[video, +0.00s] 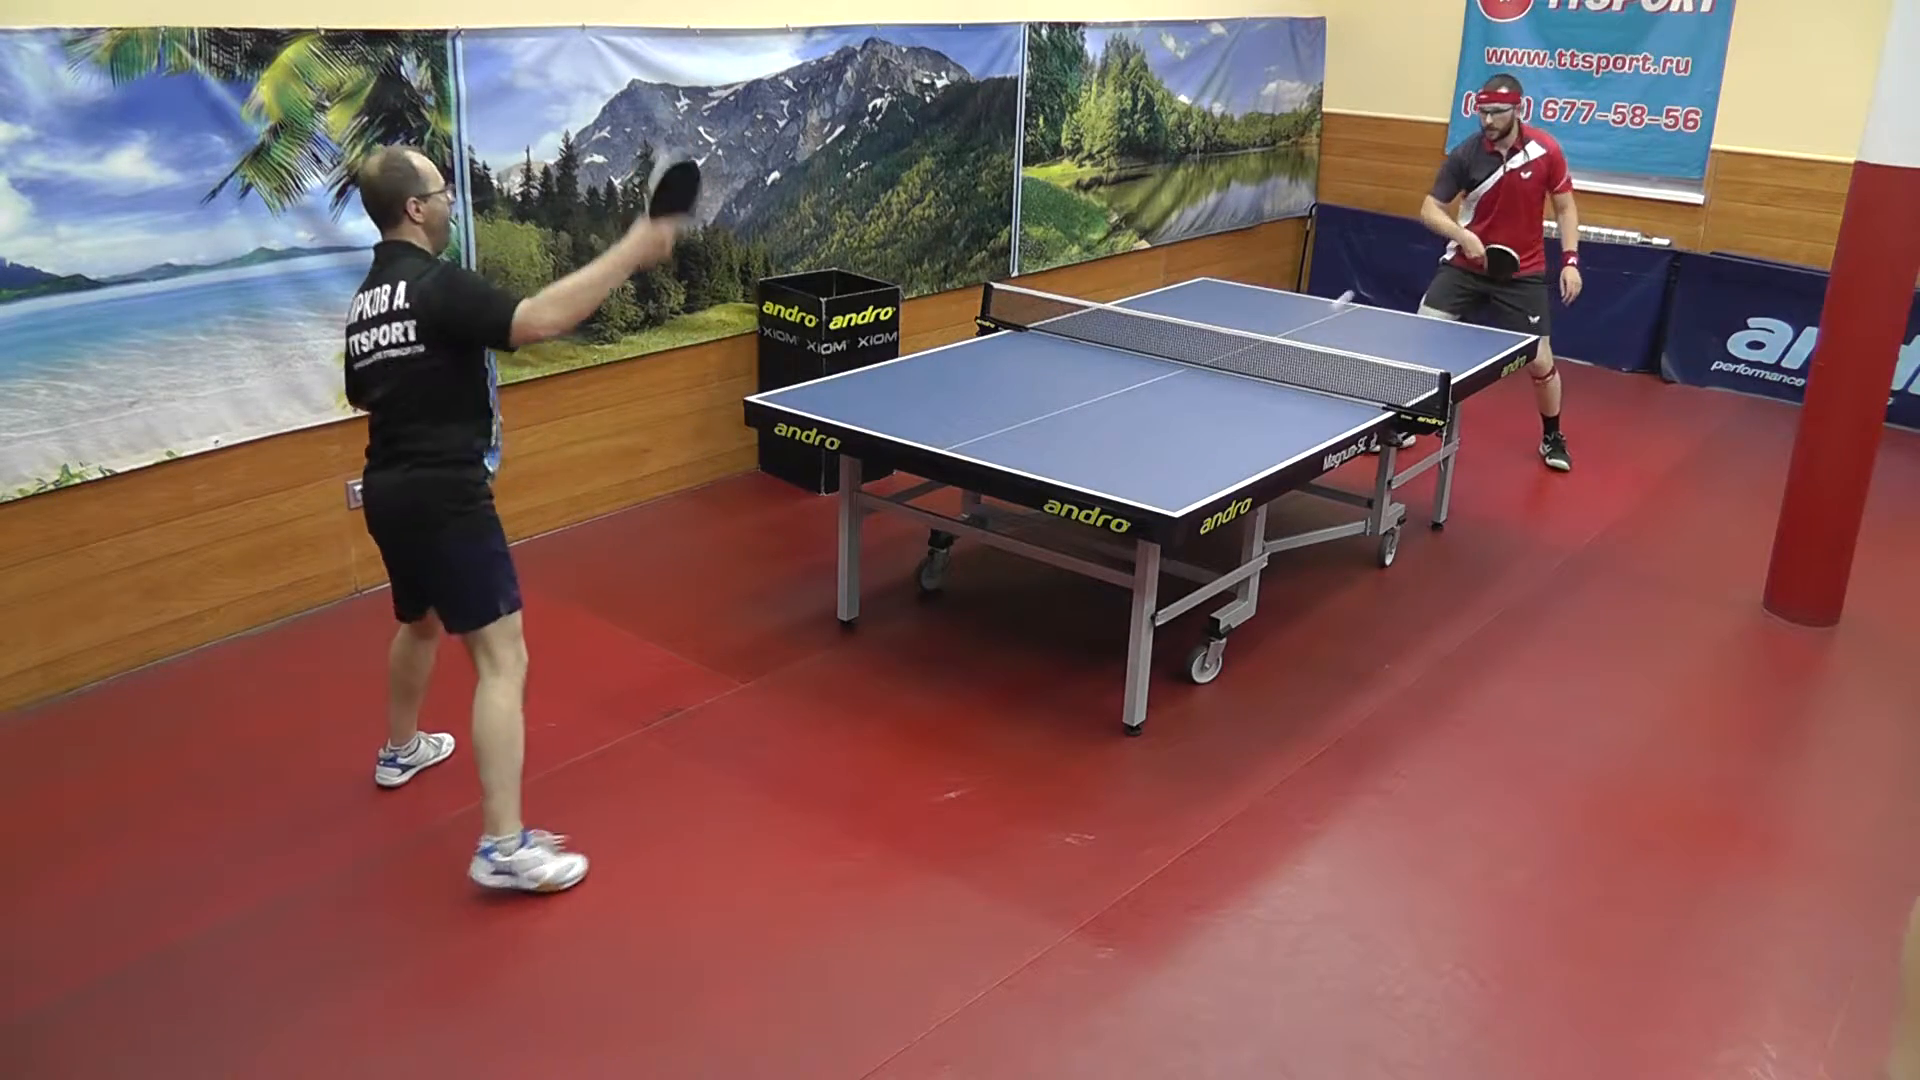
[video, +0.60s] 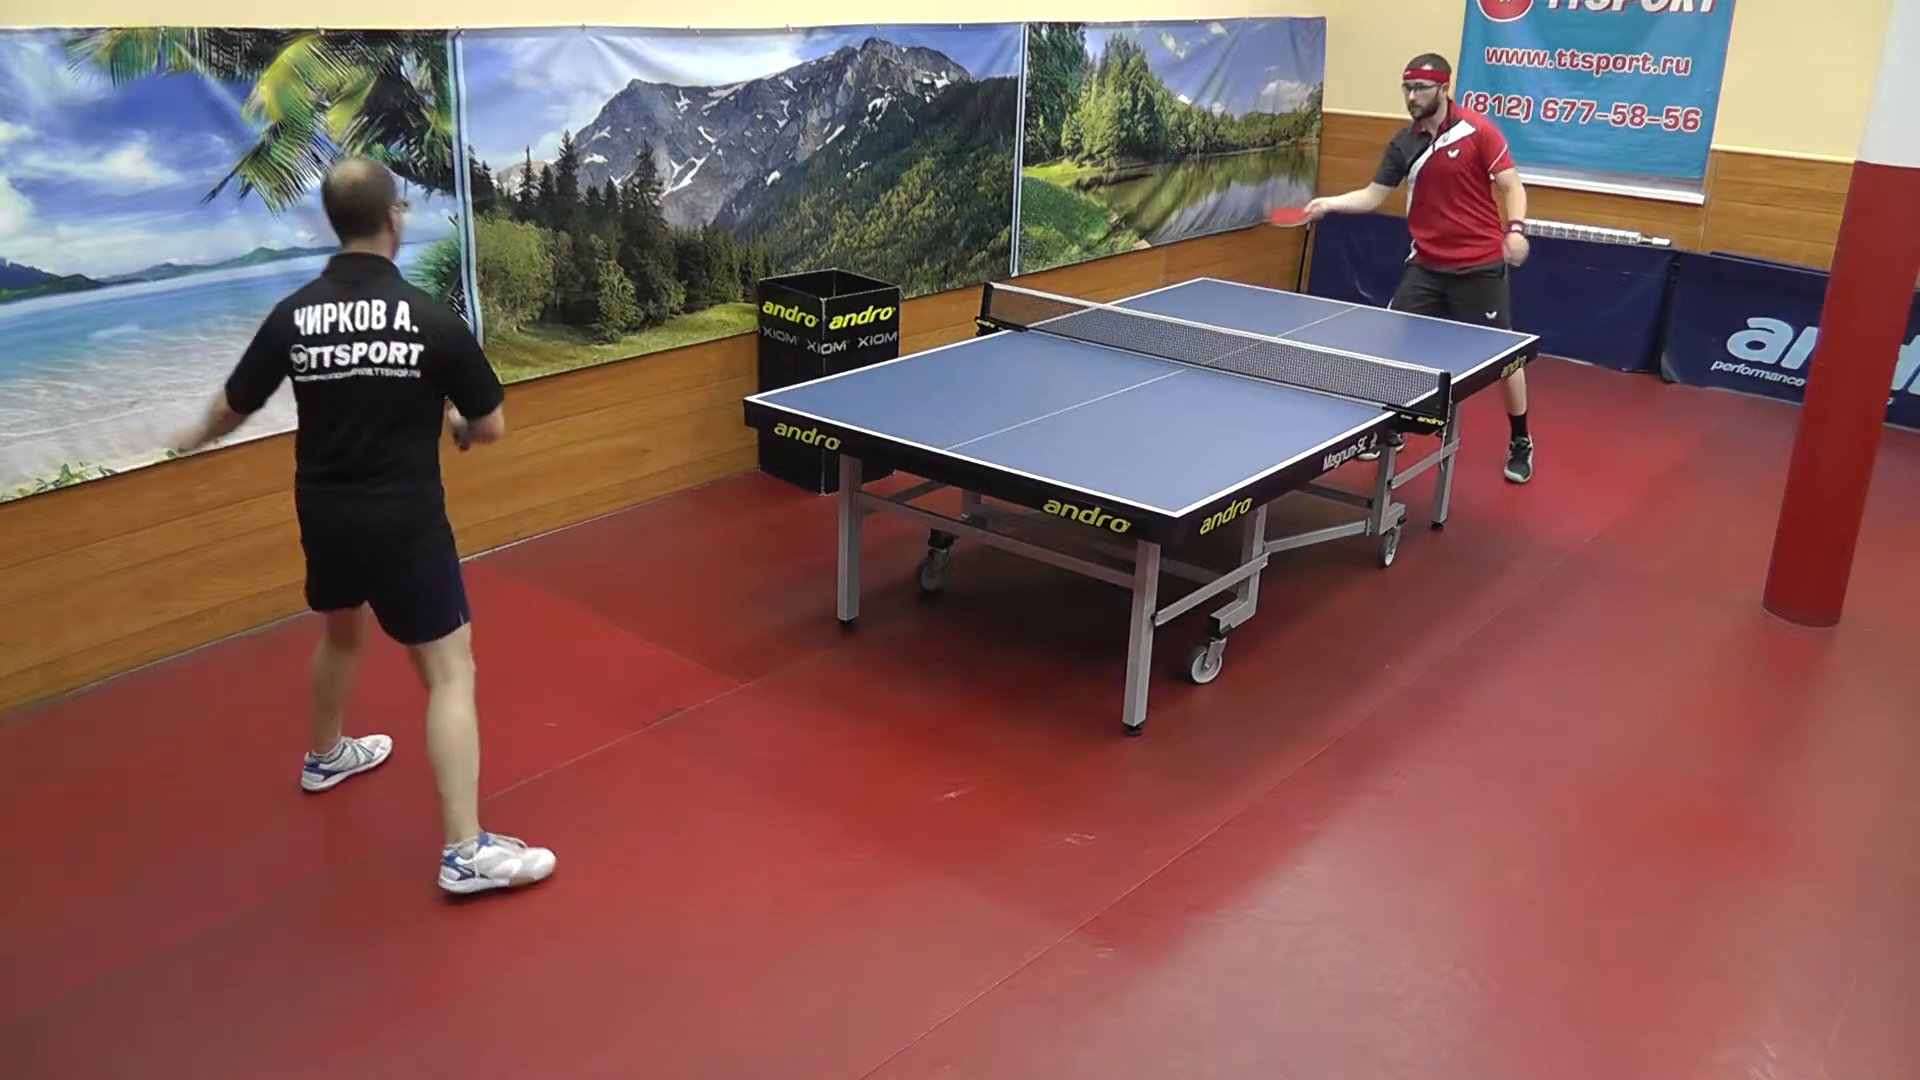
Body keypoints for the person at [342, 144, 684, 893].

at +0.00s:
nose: (450, 200)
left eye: (443, 187)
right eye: (441, 191)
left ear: (390, 213)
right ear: (417, 208)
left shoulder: (368, 299)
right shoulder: (439, 287)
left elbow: (360, 395)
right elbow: (535, 321)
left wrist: (440, 382)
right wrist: (630, 252)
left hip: (389, 493)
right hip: (450, 492)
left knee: (418, 623)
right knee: (501, 661)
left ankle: (400, 747)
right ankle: (504, 843)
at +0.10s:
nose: (464, 212)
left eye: (458, 200)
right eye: (455, 203)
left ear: (402, 222)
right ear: (428, 219)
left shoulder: (379, 300)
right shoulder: (443, 299)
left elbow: (361, 402)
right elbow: (533, 357)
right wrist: (642, 315)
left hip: (382, 502)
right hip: (438, 508)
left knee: (417, 625)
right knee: (489, 675)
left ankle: (399, 747)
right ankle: (480, 859)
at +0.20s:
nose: (481, 220)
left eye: (476, 210)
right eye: (473, 212)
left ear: (417, 233)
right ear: (446, 229)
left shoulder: (376, 313)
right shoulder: (460, 315)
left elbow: (368, 414)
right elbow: (535, 398)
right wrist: (641, 396)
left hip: (366, 512)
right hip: (427, 524)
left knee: (407, 619)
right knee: (480, 689)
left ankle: (386, 735)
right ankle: (476, 868)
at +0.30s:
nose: (497, 247)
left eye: (493, 235)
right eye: (490, 237)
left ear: (431, 250)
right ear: (462, 248)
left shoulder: (390, 317)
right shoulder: (456, 339)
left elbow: (395, 414)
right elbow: (514, 455)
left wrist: (468, 457)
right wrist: (593, 481)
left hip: (356, 525)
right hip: (409, 539)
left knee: (396, 628)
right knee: (491, 689)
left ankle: (341, 740)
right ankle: (476, 870)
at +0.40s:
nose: (487, 263)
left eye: (485, 250)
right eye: (483, 252)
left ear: (415, 259)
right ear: (463, 262)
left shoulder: (378, 323)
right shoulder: (446, 359)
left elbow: (390, 438)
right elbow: (479, 492)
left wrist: (468, 506)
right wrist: (500, 519)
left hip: (348, 527)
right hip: (403, 547)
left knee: (397, 626)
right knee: (495, 687)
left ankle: (335, 746)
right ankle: (476, 868)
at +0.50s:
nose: (447, 240)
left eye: (443, 228)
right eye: (443, 230)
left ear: (376, 238)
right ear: (428, 240)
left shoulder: (328, 319)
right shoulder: (444, 340)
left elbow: (286, 419)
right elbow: (479, 466)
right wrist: (444, 477)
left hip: (331, 523)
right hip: (406, 532)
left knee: (357, 631)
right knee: (474, 680)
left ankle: (328, 752)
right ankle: (478, 859)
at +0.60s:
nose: (404, 218)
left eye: (398, 206)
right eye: (401, 209)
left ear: (332, 223)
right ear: (392, 220)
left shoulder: (294, 313)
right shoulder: (429, 316)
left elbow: (231, 406)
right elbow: (488, 426)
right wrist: (460, 429)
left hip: (327, 521)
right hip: (408, 525)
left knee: (342, 636)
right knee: (449, 675)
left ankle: (325, 755)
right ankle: (464, 847)